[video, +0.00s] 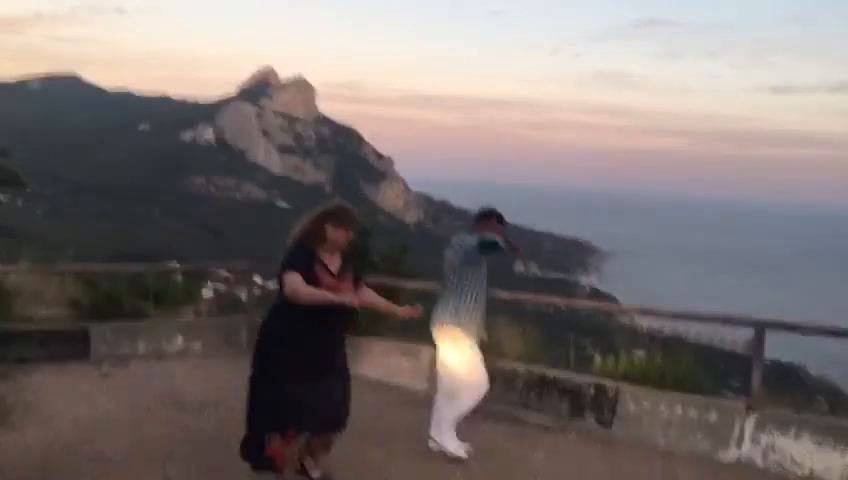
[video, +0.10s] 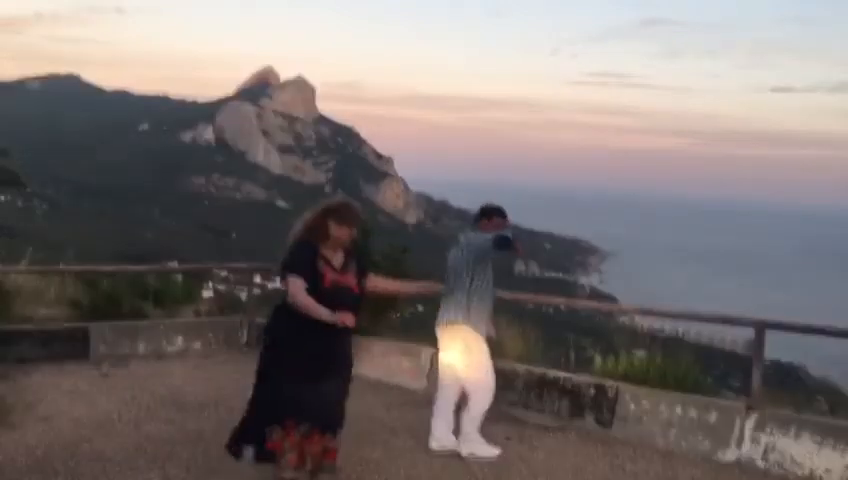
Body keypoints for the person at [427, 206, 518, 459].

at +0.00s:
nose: (497, 236)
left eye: (499, 232)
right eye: (496, 230)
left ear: (481, 226)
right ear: (484, 224)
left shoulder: (472, 248)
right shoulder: (461, 242)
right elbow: (487, 246)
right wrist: (503, 243)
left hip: (459, 327)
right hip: (453, 326)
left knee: (449, 385)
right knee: (477, 383)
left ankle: (439, 435)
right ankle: (443, 429)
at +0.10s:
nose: (501, 232)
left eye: (503, 228)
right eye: (499, 227)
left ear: (482, 221)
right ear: (487, 222)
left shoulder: (461, 246)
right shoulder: (472, 241)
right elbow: (499, 242)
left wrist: (483, 322)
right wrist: (511, 244)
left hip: (449, 323)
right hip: (465, 326)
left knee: (448, 385)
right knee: (483, 384)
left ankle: (441, 437)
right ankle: (470, 439)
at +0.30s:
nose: (507, 228)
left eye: (508, 223)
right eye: (506, 223)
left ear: (481, 220)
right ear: (495, 220)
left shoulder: (459, 247)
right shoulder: (491, 241)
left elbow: (449, 272)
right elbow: (528, 240)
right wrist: (520, 245)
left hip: (458, 323)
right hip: (483, 323)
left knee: (464, 382)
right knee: (488, 385)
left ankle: (452, 435)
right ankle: (477, 444)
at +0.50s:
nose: (508, 229)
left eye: (507, 225)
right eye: (505, 225)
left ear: (481, 225)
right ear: (496, 225)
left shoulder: (463, 248)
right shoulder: (502, 247)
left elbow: (432, 267)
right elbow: (544, 252)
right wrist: (538, 277)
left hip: (464, 322)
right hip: (494, 322)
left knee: (471, 380)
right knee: (494, 383)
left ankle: (463, 436)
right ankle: (477, 443)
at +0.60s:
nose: (507, 230)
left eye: (506, 226)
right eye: (504, 226)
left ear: (481, 227)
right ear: (494, 227)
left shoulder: (462, 250)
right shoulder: (504, 249)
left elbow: (434, 264)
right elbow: (545, 256)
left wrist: (416, 267)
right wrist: (548, 270)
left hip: (465, 326)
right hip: (496, 326)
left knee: (468, 382)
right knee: (495, 384)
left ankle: (467, 433)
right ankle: (476, 444)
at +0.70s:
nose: (499, 231)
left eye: (496, 227)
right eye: (498, 227)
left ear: (473, 227)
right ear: (494, 228)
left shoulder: (458, 249)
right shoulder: (504, 249)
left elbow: (425, 265)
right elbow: (544, 262)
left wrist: (405, 266)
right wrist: (557, 278)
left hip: (464, 328)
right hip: (497, 327)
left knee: (466, 382)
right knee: (499, 382)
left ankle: (462, 433)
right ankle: (479, 439)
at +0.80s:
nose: (495, 230)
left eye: (493, 227)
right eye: (495, 227)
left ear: (470, 228)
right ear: (492, 228)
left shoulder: (456, 249)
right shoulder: (504, 249)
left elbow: (421, 264)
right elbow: (541, 264)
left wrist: (400, 261)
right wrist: (560, 280)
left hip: (464, 327)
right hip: (497, 327)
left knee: (463, 382)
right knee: (501, 378)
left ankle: (463, 436)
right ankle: (487, 432)